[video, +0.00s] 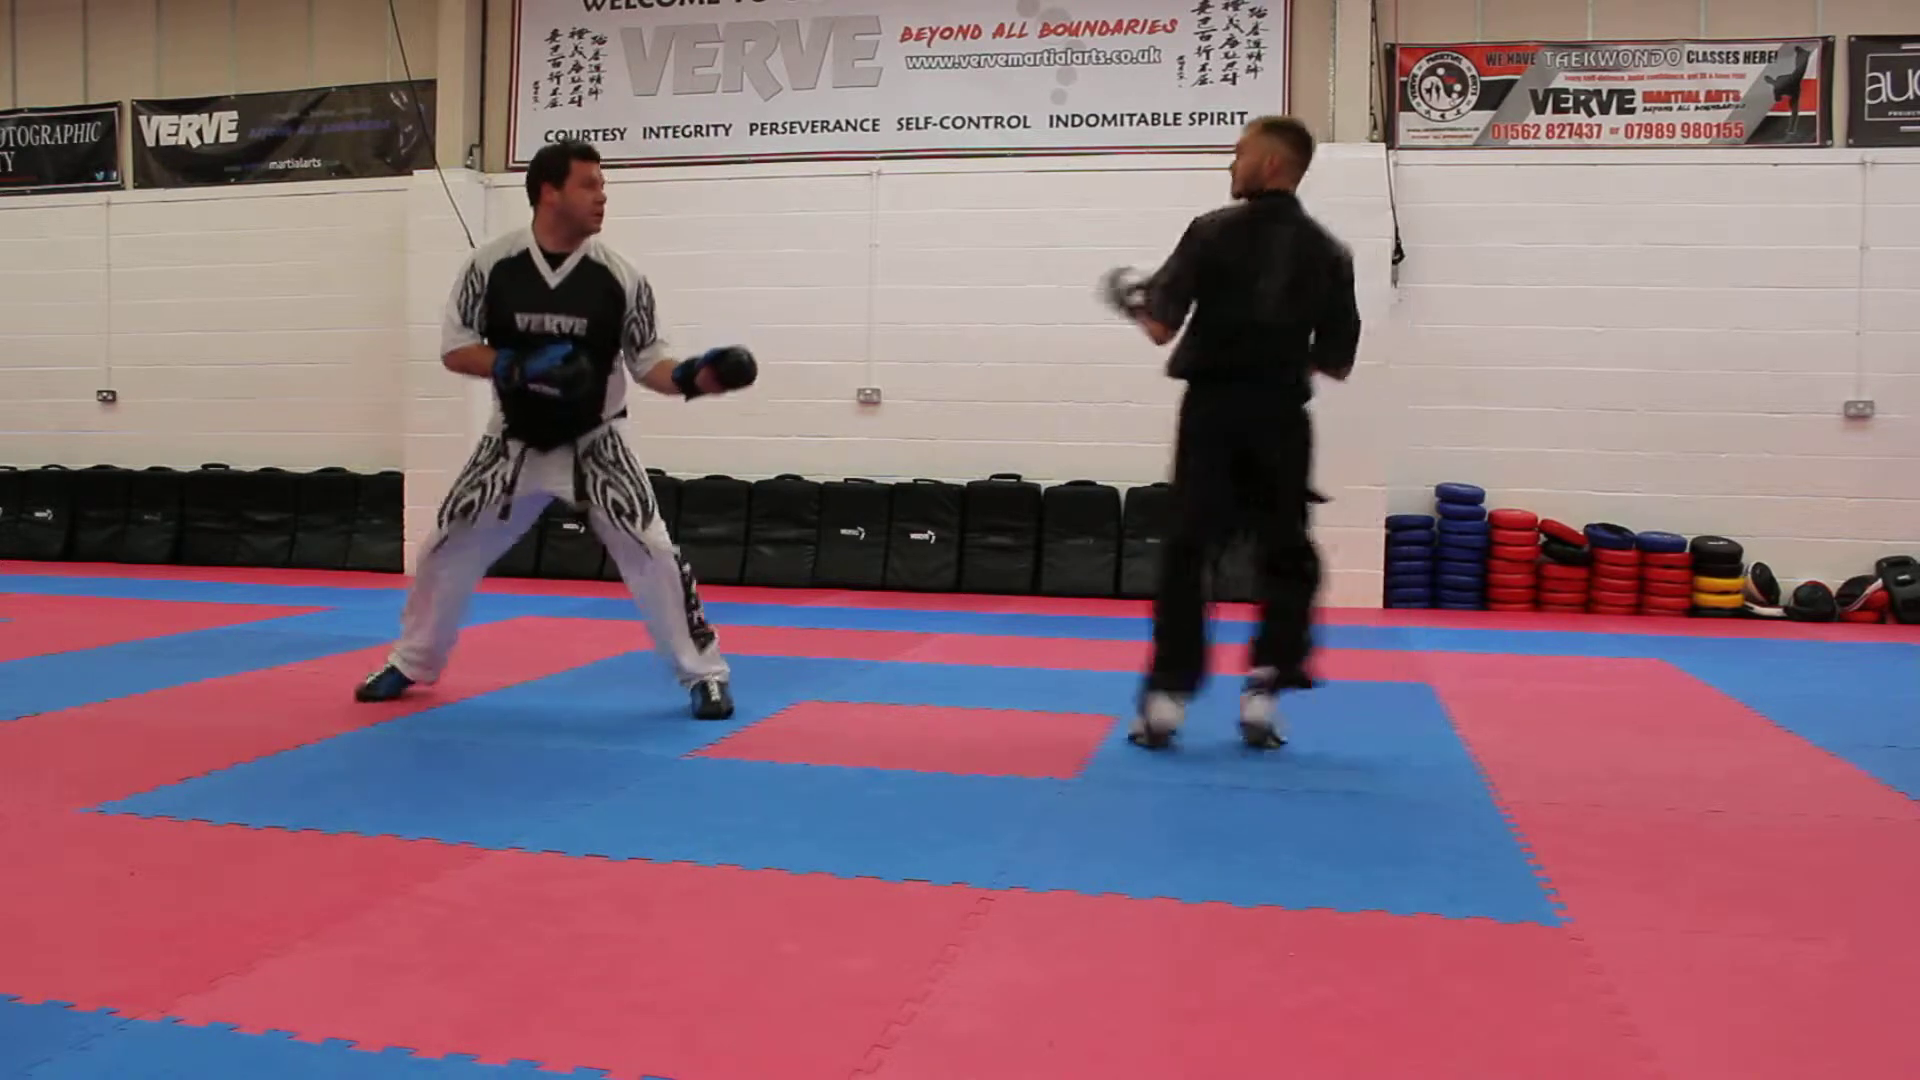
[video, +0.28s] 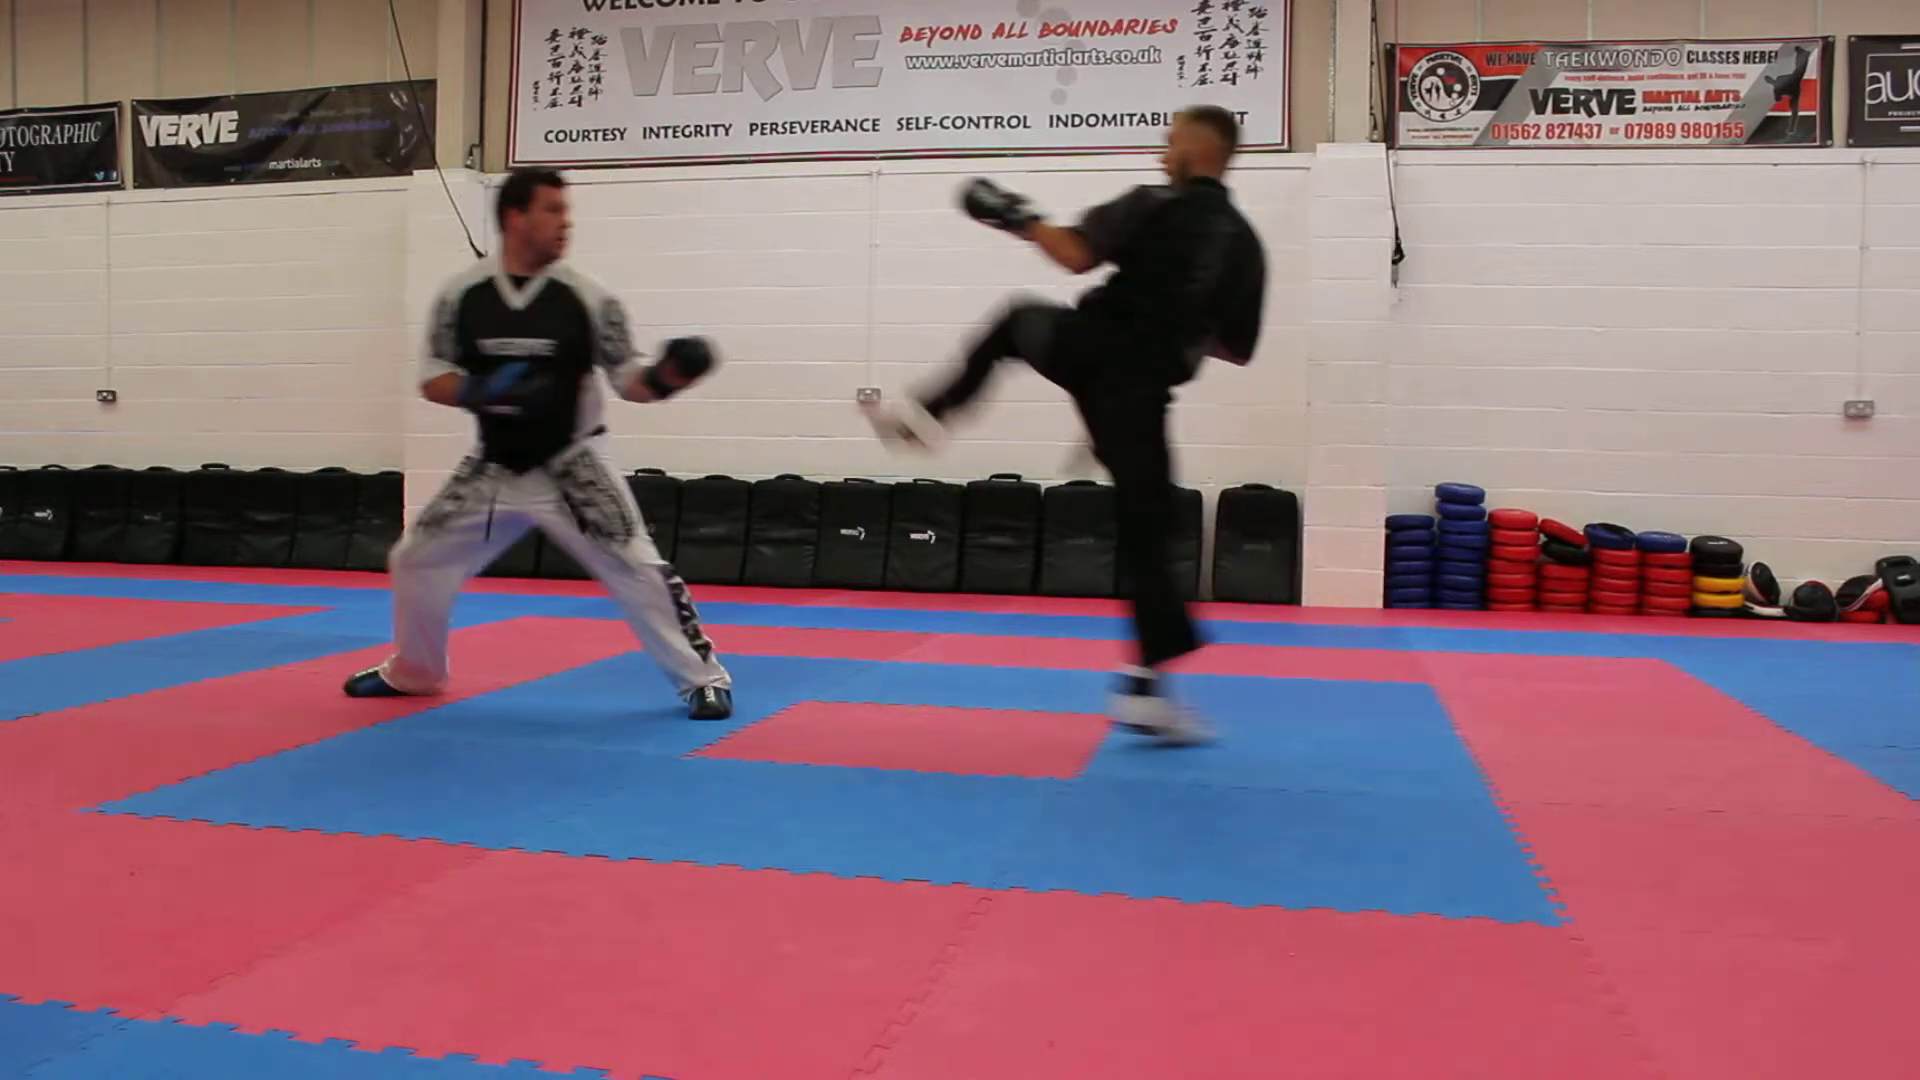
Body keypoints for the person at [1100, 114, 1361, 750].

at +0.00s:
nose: (1232, 163)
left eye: (1241, 152)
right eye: (1237, 151)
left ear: (1270, 162)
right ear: (1296, 168)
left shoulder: (1213, 231)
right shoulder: (1327, 252)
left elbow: (1160, 324)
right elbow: (1336, 360)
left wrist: (1135, 295)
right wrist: (1278, 342)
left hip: (1208, 419)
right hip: (1281, 423)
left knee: (1187, 548)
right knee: (1288, 552)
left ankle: (1166, 697)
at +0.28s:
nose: (1164, 149)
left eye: (1174, 138)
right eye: (1170, 137)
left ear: (1196, 149)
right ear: (1224, 154)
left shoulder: (1153, 205)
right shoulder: (1243, 244)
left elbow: (1074, 252)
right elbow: (1232, 345)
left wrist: (1016, 216)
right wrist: (1169, 318)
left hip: (1079, 351)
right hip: (1137, 395)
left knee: (1017, 320)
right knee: (1146, 526)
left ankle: (931, 412)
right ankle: (1145, 684)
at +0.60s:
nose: (1040, 173)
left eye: (1047, 163)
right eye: (1044, 161)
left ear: (1063, 172)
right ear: (1100, 178)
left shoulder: (1020, 238)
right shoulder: (1126, 273)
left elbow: (935, 304)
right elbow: (1135, 378)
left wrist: (894, 260)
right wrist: (1075, 353)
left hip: (948, 388)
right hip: (1013, 424)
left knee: (847, 444)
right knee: (1041, 558)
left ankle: (756, 521)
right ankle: (1039, 704)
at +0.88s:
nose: (796, 170)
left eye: (804, 160)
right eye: (801, 159)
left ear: (822, 167)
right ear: (849, 170)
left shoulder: (788, 224)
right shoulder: (892, 231)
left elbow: (705, 190)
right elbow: (949, 293)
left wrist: (628, 162)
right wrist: (905, 318)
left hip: (841, 421)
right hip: (905, 417)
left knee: (814, 558)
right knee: (953, 546)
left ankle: (808, 704)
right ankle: (1021, 674)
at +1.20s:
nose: (582, 190)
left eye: (590, 179)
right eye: (582, 181)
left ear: (619, 174)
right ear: (603, 179)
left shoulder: (636, 222)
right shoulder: (616, 220)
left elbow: (550, 199)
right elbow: (547, 200)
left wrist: (484, 142)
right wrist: (488, 146)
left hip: (657, 408)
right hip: (651, 406)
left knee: (670, 538)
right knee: (631, 542)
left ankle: (764, 665)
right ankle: (570, 664)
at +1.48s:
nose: (436, 159)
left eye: (442, 150)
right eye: (439, 150)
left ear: (459, 155)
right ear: (488, 157)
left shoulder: (451, 203)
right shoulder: (514, 202)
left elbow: (366, 177)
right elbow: (422, 210)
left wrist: (308, 149)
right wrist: (351, 223)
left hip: (504, 382)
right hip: (556, 379)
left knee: (449, 508)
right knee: (553, 517)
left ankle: (460, 641)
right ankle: (547, 654)